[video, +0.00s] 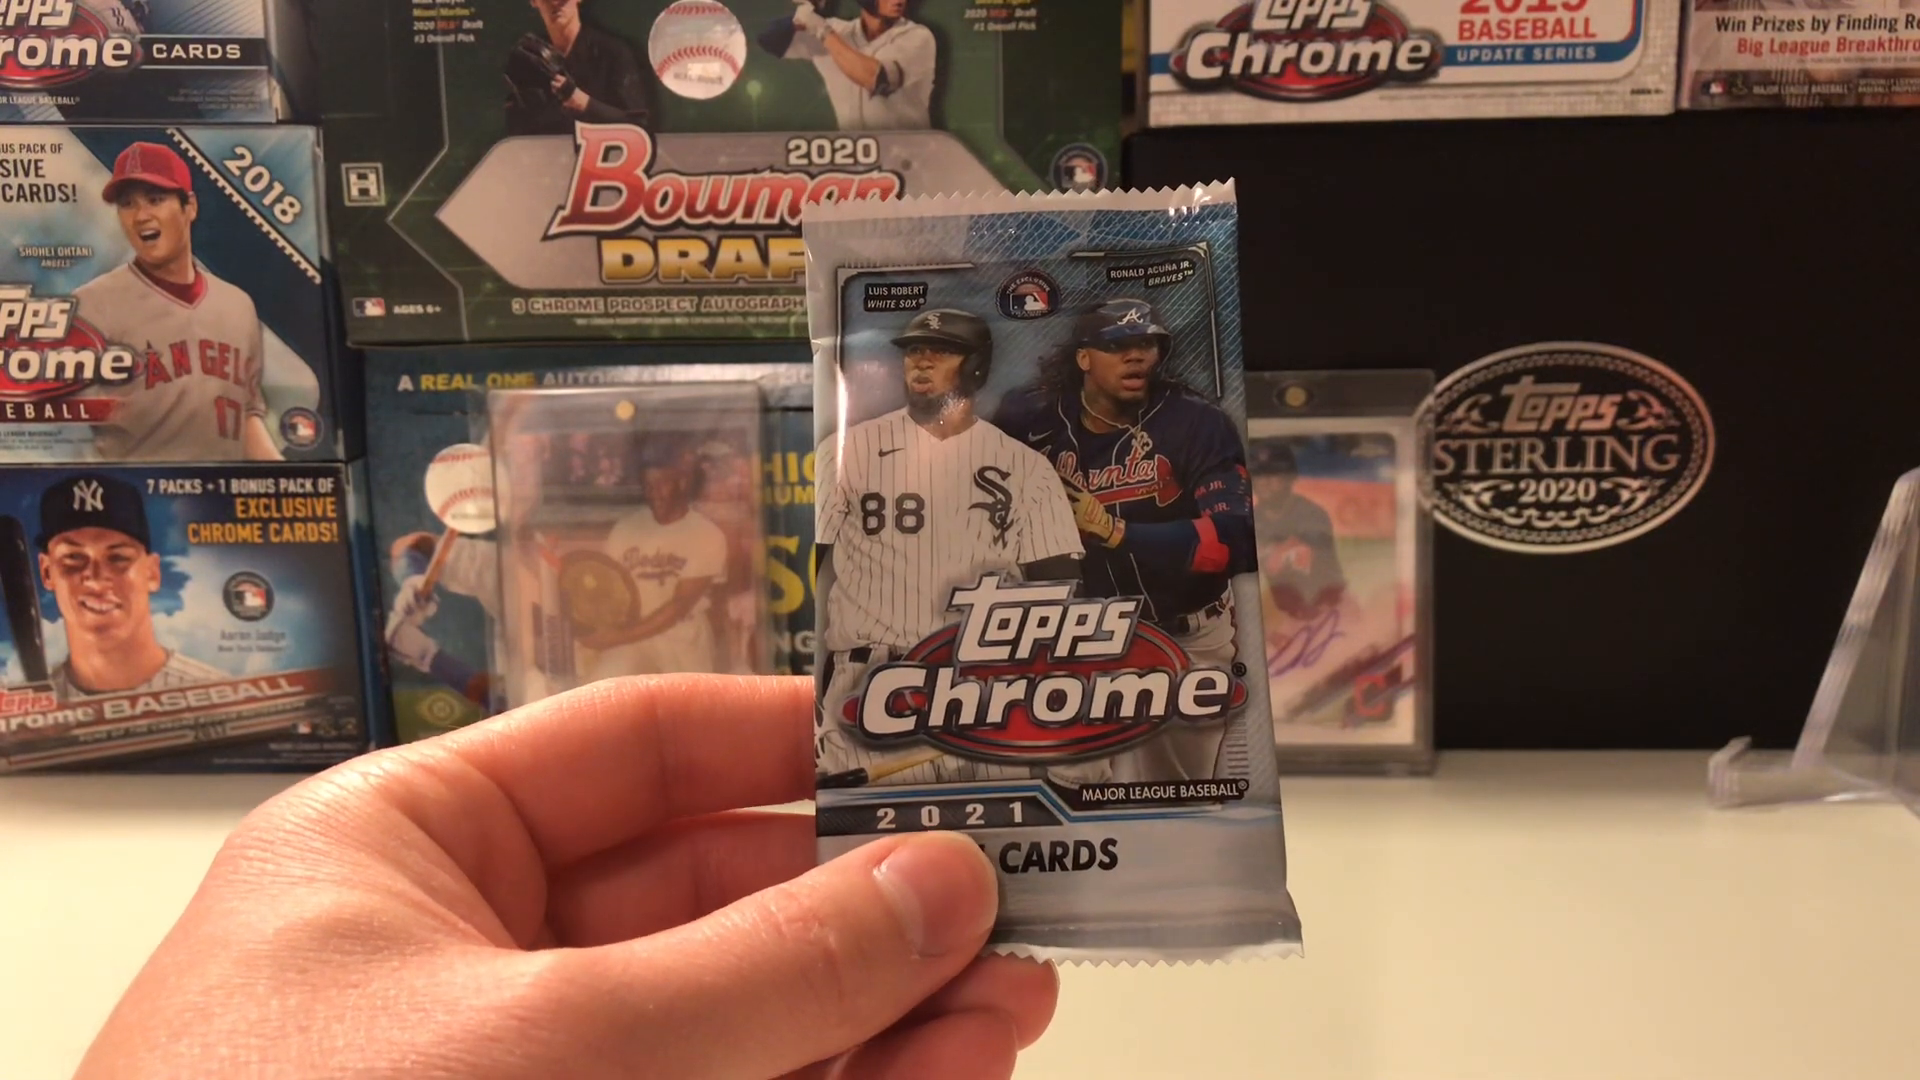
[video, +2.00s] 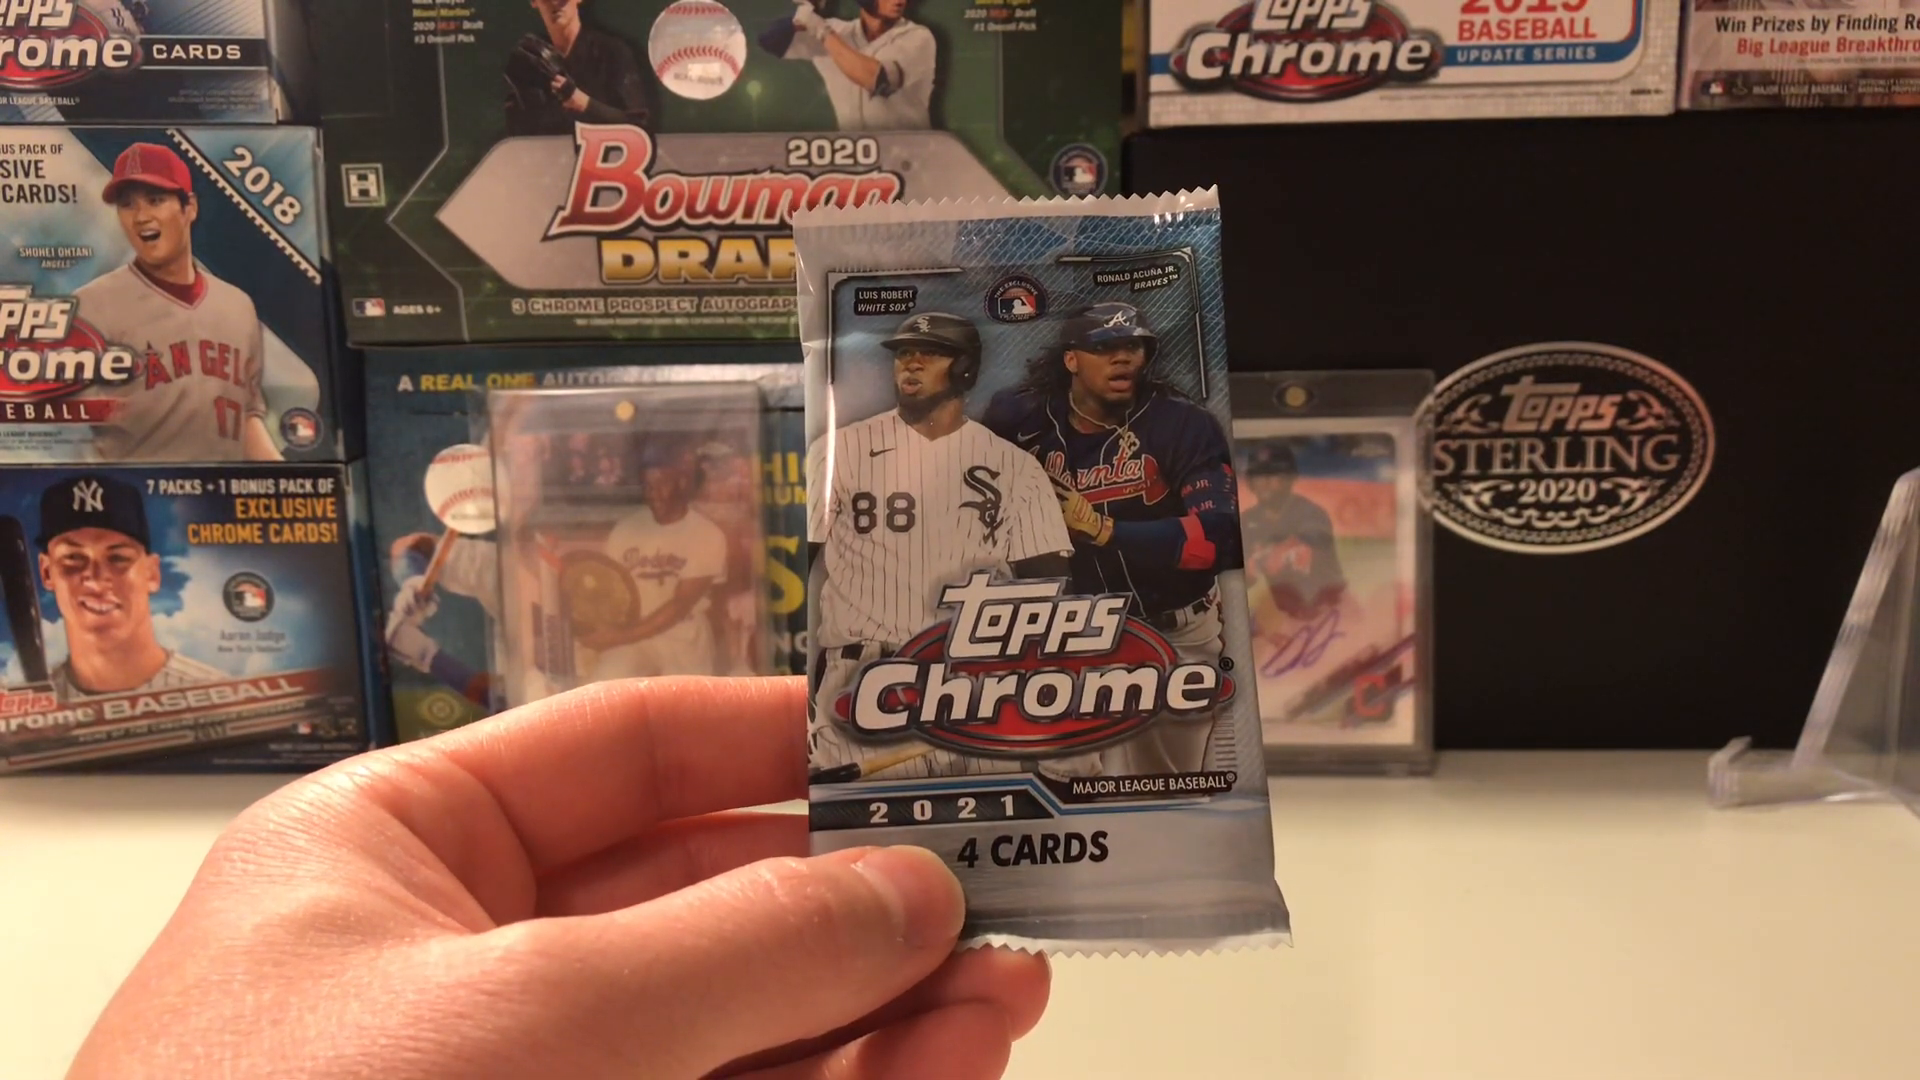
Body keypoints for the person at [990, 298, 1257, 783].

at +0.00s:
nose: (1138, 357)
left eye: (1147, 344)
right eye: (1120, 346)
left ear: (1160, 352)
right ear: (1084, 358)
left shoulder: (1198, 425)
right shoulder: (1029, 419)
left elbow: (1234, 541)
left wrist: (1117, 532)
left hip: (1188, 633)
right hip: (1075, 636)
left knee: (1180, 804)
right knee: (1076, 798)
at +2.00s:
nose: (1125, 358)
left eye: (1134, 346)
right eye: (1107, 348)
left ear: (1147, 355)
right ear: (1072, 360)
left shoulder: (1184, 426)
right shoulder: (1020, 419)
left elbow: (1217, 538)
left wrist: (1104, 530)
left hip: (1177, 630)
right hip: (1068, 632)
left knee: (1172, 796)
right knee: (1072, 792)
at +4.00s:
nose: (1188, 370)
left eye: (1197, 357)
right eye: (1170, 359)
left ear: (1209, 365)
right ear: (1134, 371)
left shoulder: (1250, 439)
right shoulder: (1082, 434)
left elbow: (1284, 555)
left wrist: (1171, 545)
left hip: (1245, 647)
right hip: (1132, 651)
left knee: (1245, 816)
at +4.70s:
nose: (1239, 378)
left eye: (1247, 365)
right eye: (1220, 366)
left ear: (1260, 373)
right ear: (1183, 377)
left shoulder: (1299, 452)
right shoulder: (1130, 440)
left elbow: (1332, 575)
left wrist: (1213, 557)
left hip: (1293, 665)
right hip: (1179, 666)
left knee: (1294, 834)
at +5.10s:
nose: (1245, 381)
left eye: (1254, 368)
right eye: (1227, 369)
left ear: (1267, 376)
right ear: (1189, 379)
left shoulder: (1308, 455)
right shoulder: (1136, 441)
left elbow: (1339, 575)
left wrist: (1223, 559)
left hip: (1300, 669)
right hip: (1186, 671)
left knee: (1296, 840)